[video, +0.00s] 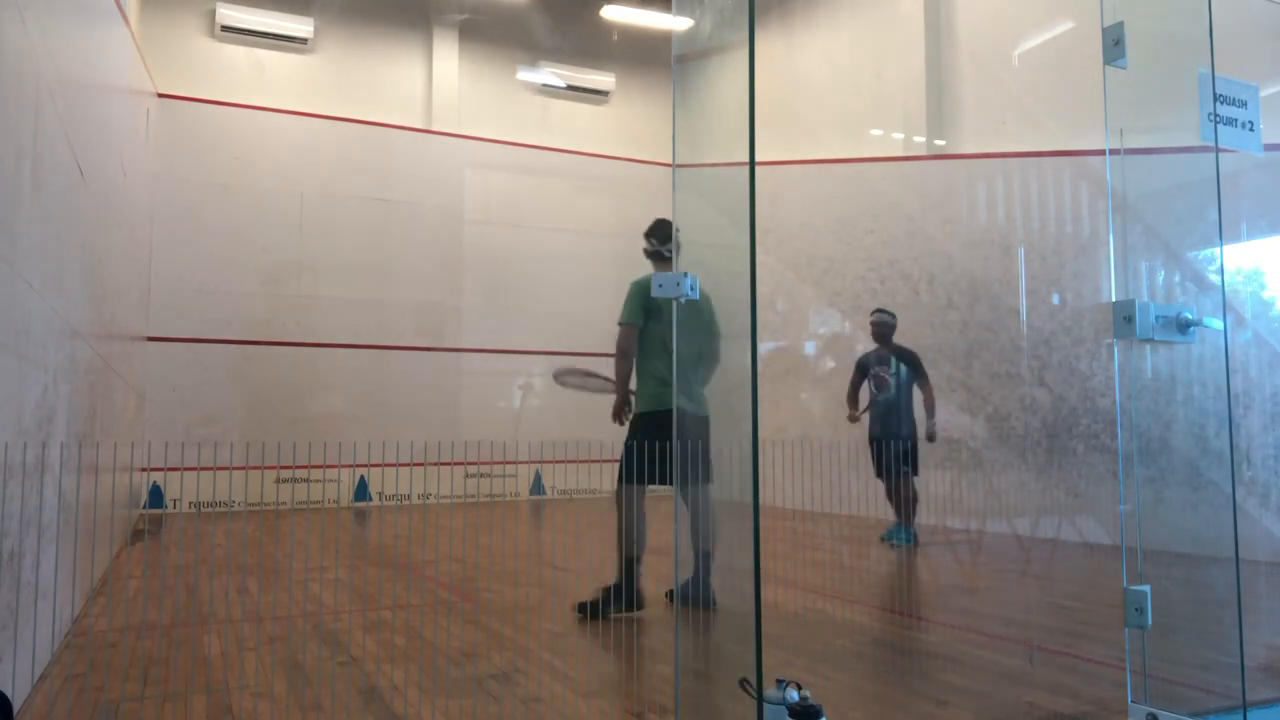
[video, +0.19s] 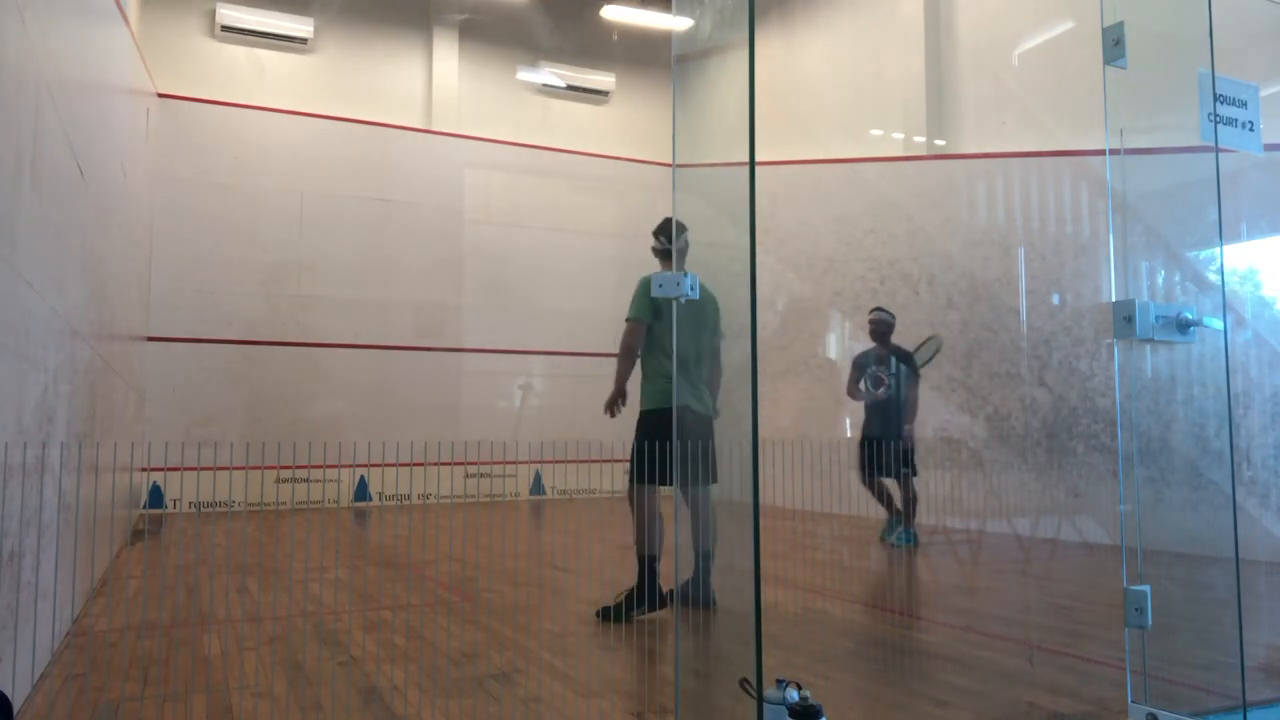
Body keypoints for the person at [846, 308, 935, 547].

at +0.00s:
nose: (876, 330)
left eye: (881, 325)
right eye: (873, 325)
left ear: (893, 328)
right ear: (870, 328)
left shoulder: (908, 357)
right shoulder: (866, 360)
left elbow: (926, 389)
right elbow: (853, 389)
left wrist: (930, 421)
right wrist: (853, 410)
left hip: (903, 427)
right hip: (879, 428)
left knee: (904, 479)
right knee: (889, 481)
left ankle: (909, 528)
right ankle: (900, 523)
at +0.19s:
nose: (874, 329)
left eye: (879, 324)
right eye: (871, 324)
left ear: (891, 327)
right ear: (868, 327)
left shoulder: (905, 358)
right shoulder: (862, 359)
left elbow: (912, 396)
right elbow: (852, 391)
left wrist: (908, 426)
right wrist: (868, 396)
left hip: (898, 426)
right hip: (872, 426)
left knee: (903, 477)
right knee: (868, 476)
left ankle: (909, 528)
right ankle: (895, 514)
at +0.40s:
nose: (866, 329)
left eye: (872, 324)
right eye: (864, 324)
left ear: (883, 328)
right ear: (860, 327)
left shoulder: (893, 357)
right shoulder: (854, 358)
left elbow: (887, 391)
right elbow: (850, 384)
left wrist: (865, 413)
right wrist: (875, 379)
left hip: (889, 427)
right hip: (863, 426)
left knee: (898, 478)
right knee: (841, 472)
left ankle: (907, 529)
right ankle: (862, 519)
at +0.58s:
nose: (841, 332)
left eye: (845, 328)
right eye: (840, 328)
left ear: (859, 330)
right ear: (841, 332)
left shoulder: (878, 358)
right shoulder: (836, 360)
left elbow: (872, 386)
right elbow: (833, 383)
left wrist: (841, 381)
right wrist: (859, 383)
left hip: (875, 431)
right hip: (847, 431)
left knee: (890, 479)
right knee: (826, 476)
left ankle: (906, 528)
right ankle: (807, 525)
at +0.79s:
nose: (806, 337)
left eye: (811, 333)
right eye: (805, 333)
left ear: (825, 335)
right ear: (805, 335)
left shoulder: (845, 359)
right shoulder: (804, 367)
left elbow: (841, 392)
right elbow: (813, 388)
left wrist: (804, 395)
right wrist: (842, 369)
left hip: (848, 430)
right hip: (822, 431)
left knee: (868, 481)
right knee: (797, 478)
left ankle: (899, 521)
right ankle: (797, 533)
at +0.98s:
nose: (774, 339)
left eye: (779, 335)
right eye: (774, 334)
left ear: (793, 336)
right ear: (784, 339)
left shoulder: (810, 362)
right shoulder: (785, 370)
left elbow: (812, 398)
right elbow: (765, 397)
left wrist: (807, 429)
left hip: (822, 429)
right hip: (801, 430)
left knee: (821, 484)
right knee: (792, 478)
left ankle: (863, 509)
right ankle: (797, 533)